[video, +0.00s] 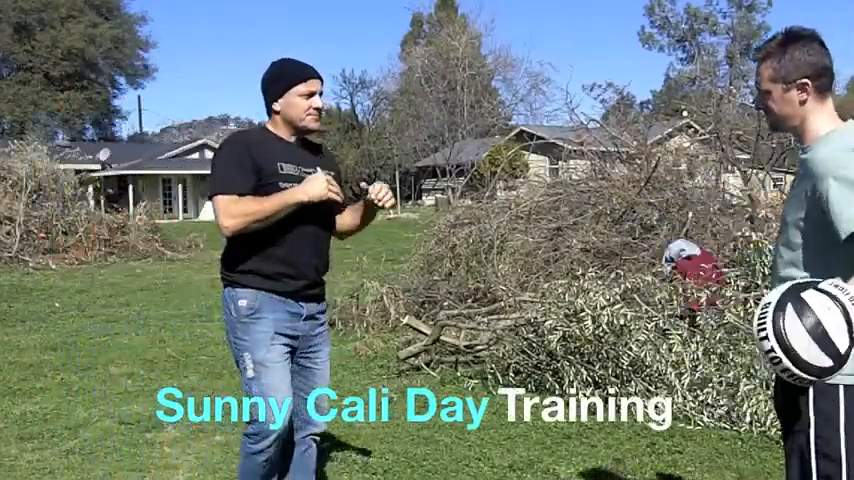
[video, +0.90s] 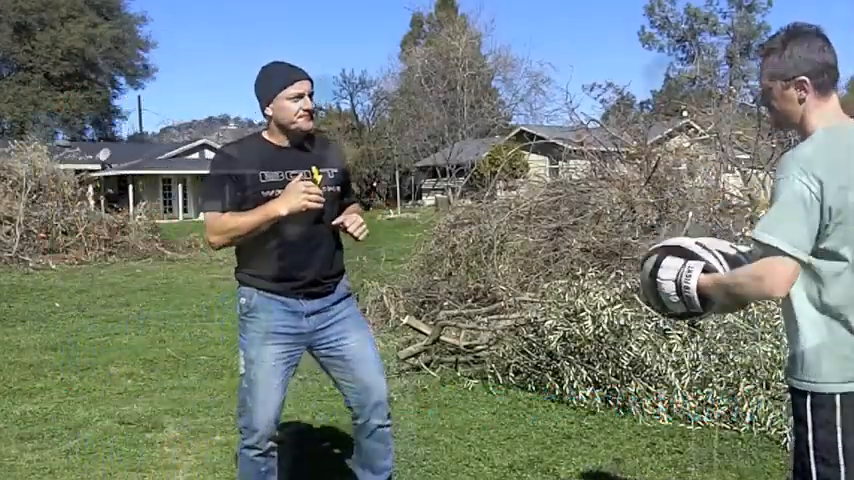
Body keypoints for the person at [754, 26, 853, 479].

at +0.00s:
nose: (758, 104)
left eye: (764, 92)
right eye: (759, 93)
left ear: (801, 90)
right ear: (803, 91)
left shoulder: (831, 163)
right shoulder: (821, 156)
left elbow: (851, 261)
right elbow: (827, 262)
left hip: (828, 378)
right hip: (815, 372)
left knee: (825, 472)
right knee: (815, 470)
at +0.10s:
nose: (758, 105)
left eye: (764, 92)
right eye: (759, 93)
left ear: (802, 90)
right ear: (804, 90)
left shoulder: (829, 160)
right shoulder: (825, 154)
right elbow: (826, 260)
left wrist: (793, 311)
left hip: (827, 377)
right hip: (819, 372)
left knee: (823, 472)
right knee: (817, 470)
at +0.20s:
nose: (760, 106)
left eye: (765, 93)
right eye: (760, 94)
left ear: (803, 90)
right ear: (805, 90)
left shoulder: (828, 160)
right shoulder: (833, 149)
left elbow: (853, 256)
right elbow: (830, 250)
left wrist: (778, 308)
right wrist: (786, 230)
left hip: (825, 376)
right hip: (822, 372)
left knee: (822, 472)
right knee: (819, 469)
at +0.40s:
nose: (765, 106)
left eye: (771, 94)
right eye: (764, 95)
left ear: (808, 91)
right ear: (811, 91)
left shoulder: (828, 161)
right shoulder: (834, 152)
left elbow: (820, 274)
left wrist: (720, 303)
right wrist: (773, 243)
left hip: (826, 376)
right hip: (829, 372)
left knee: (820, 471)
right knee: (818, 468)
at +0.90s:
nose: (765, 108)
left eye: (767, 95)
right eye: (763, 96)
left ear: (801, 89)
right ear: (812, 87)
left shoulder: (807, 162)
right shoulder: (846, 141)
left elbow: (774, 278)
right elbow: (829, 256)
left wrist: (712, 287)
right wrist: (746, 264)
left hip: (829, 372)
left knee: (825, 473)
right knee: (825, 470)